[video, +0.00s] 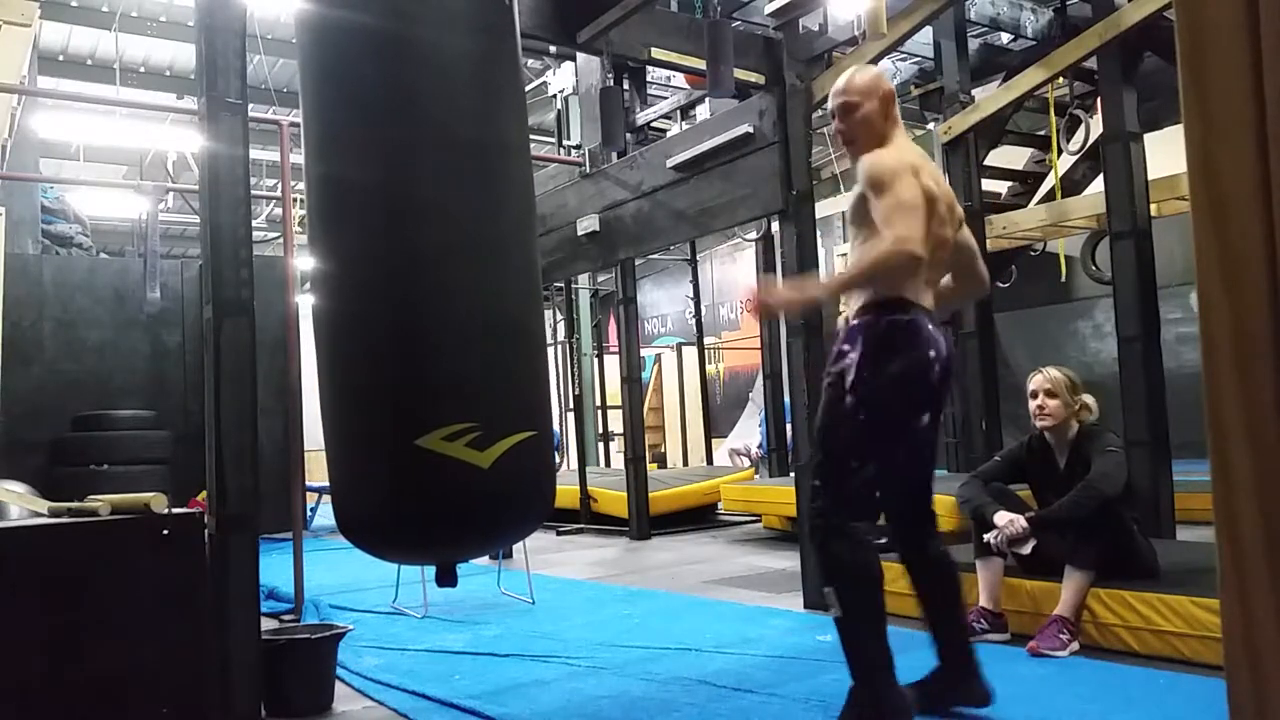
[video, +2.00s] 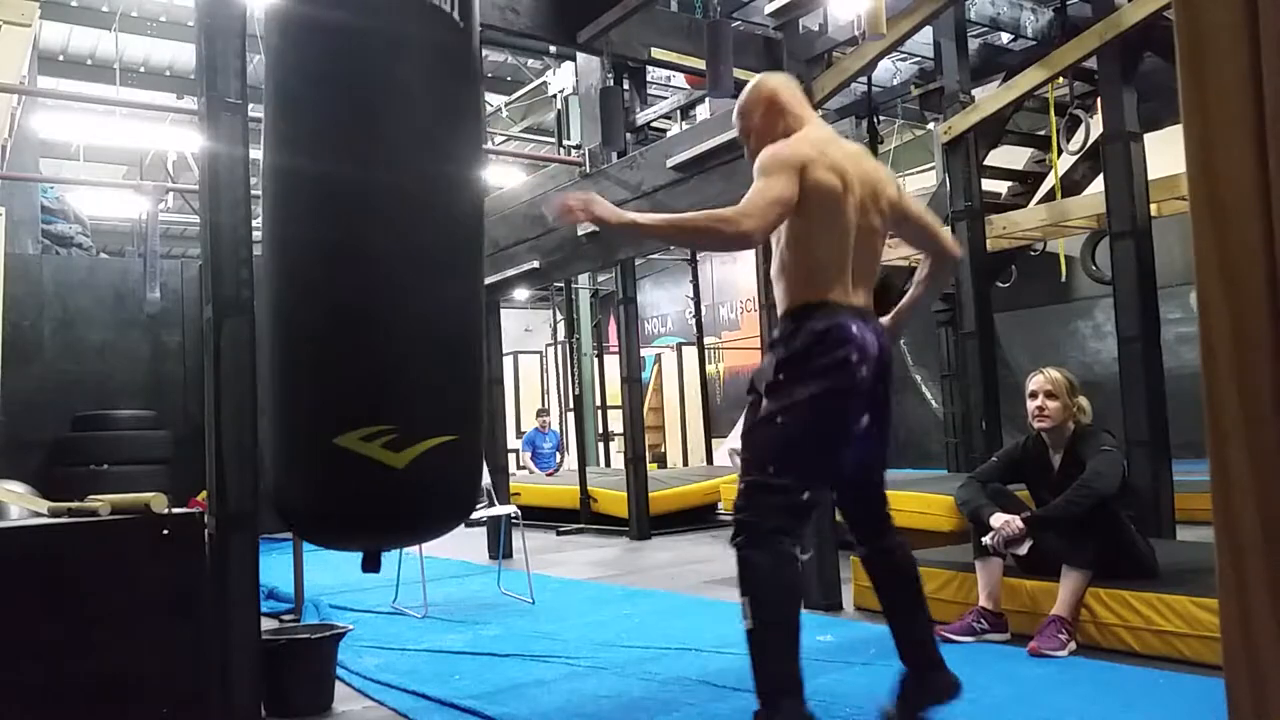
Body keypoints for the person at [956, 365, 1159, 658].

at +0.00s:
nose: (1039, 403)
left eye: (1050, 395)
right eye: (1033, 396)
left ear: (1074, 403)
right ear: (1027, 405)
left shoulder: (1101, 441)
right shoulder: (1029, 449)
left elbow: (1105, 485)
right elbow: (968, 487)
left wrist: (1029, 522)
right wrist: (995, 514)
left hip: (1119, 559)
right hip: (1058, 556)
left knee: (1095, 506)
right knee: (991, 496)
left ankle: (1063, 621)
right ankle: (989, 612)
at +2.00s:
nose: (1040, 404)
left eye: (1051, 396)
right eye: (1033, 397)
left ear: (1071, 405)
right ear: (1026, 406)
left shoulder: (1097, 441)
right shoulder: (1026, 449)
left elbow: (1100, 485)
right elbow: (967, 488)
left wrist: (1027, 522)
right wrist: (993, 517)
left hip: (1118, 560)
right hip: (1058, 557)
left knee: (1092, 505)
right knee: (989, 495)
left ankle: (1061, 621)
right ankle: (989, 612)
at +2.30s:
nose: (1040, 404)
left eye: (1051, 397)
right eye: (1033, 397)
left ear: (1071, 406)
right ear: (1026, 406)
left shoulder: (1098, 442)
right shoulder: (1026, 449)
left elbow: (1100, 486)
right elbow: (967, 488)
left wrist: (1026, 522)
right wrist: (992, 516)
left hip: (1117, 560)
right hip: (1057, 557)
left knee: (1091, 505)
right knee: (989, 495)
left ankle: (1061, 621)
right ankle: (989, 612)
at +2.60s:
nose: (1040, 404)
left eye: (1051, 397)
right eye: (1033, 397)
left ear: (1071, 406)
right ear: (1026, 406)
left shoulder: (1098, 442)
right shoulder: (1027, 449)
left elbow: (1100, 486)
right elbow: (967, 488)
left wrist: (1027, 522)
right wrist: (992, 517)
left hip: (1117, 560)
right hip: (1056, 556)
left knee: (1091, 505)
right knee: (989, 495)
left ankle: (1061, 621)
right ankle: (989, 612)